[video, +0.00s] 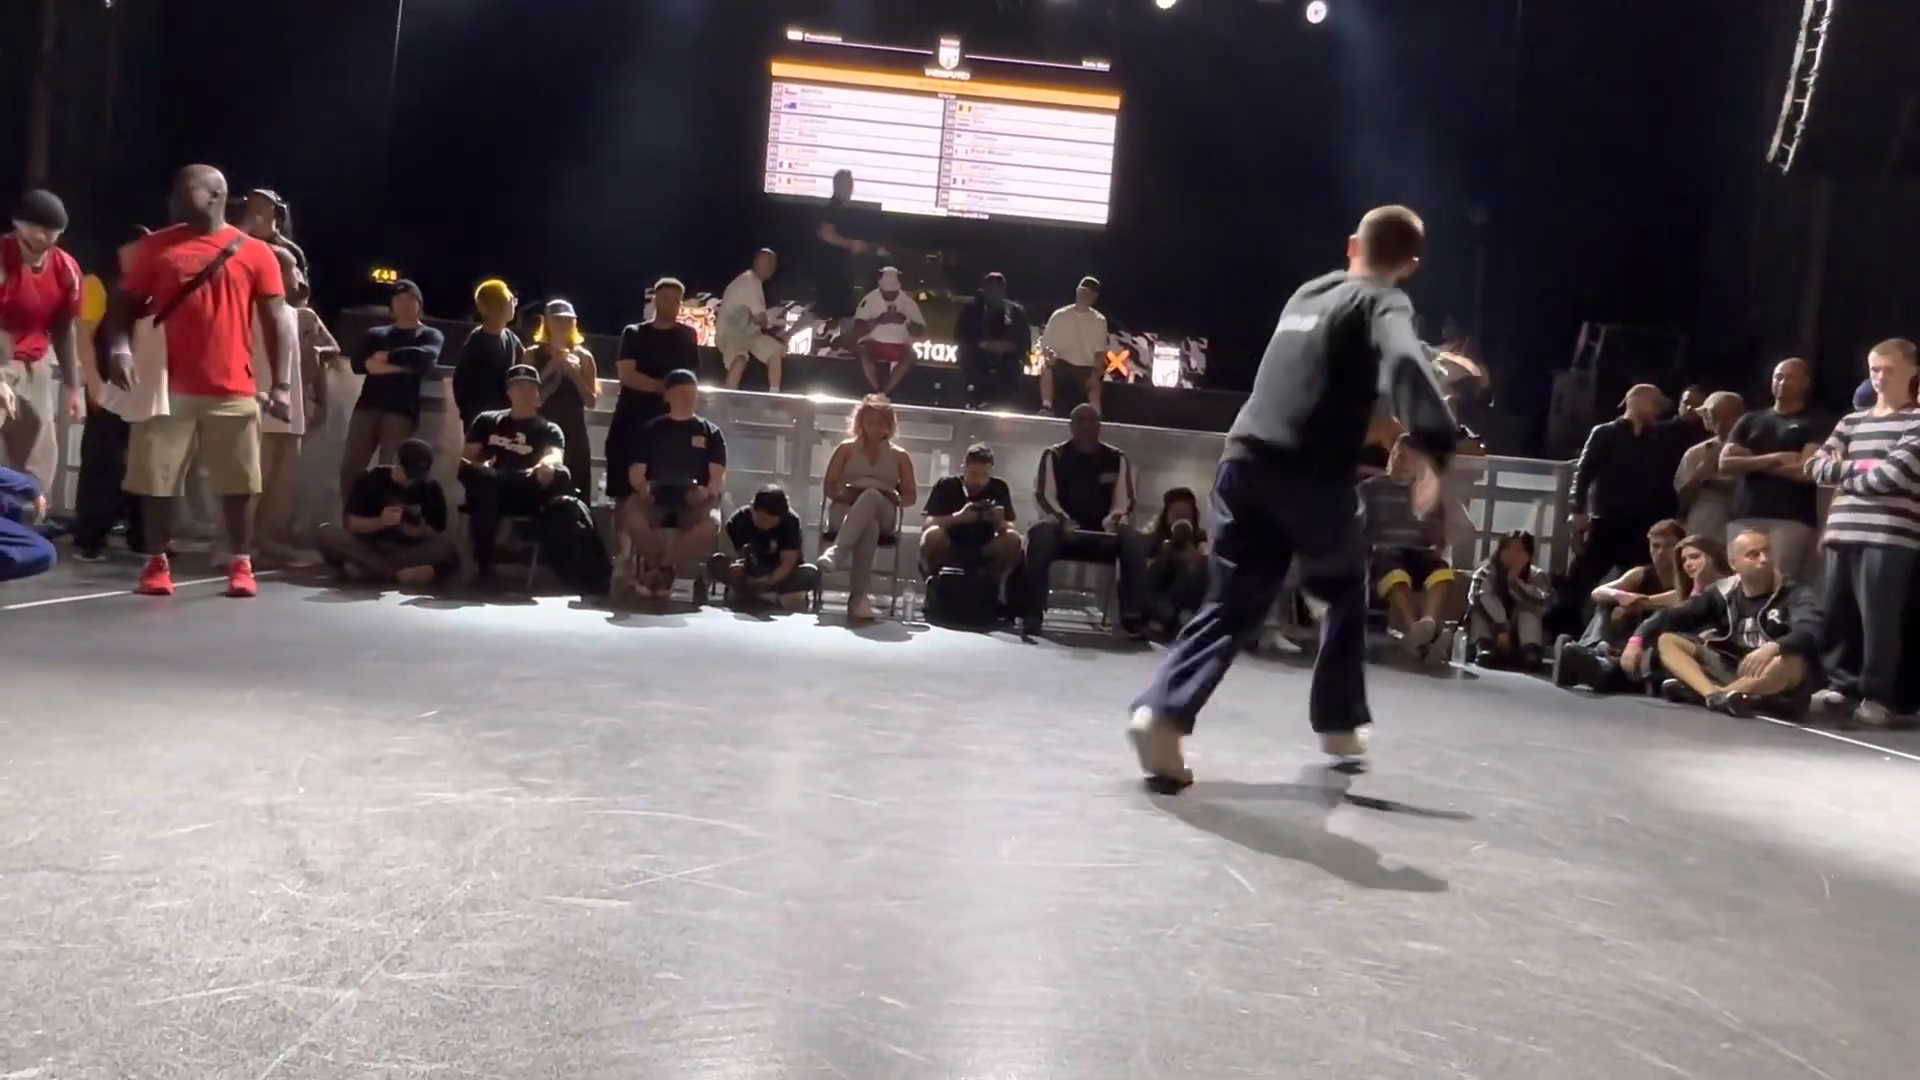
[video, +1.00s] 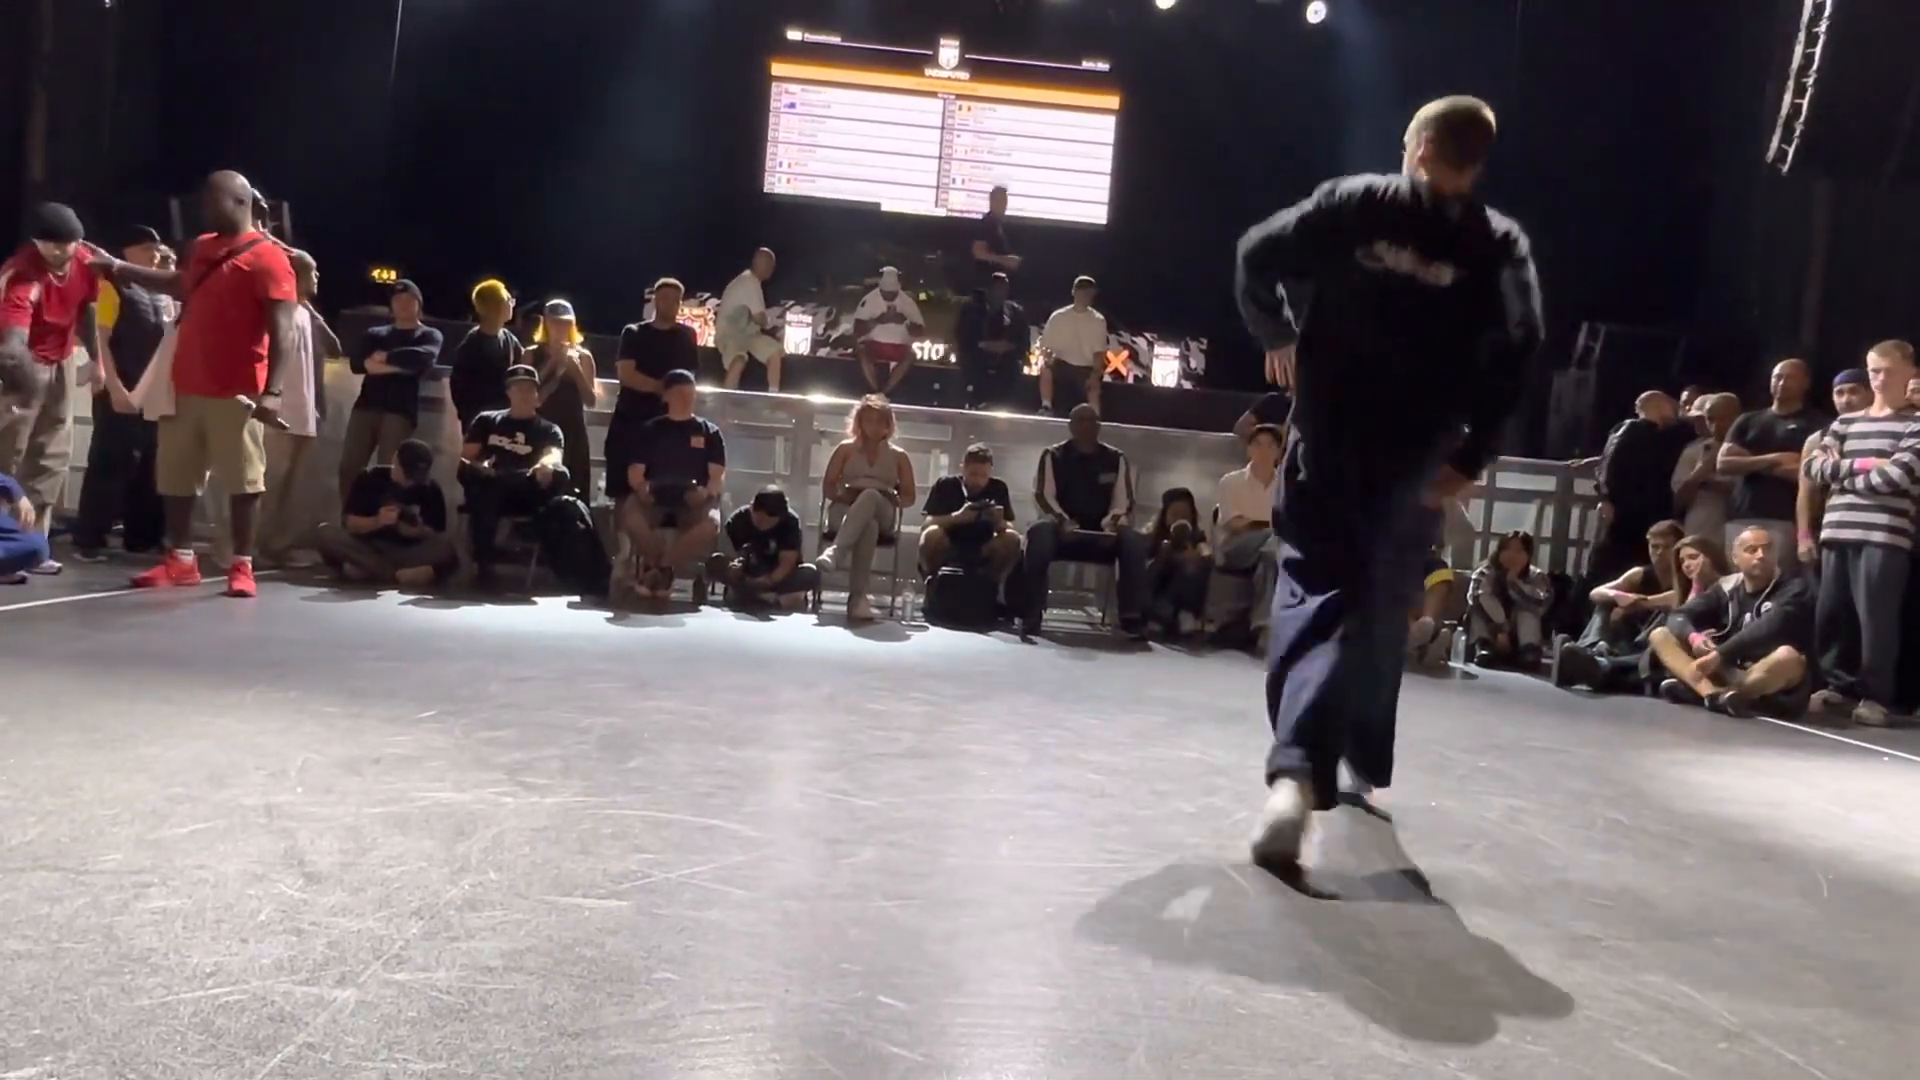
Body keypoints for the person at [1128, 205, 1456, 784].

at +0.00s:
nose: (1411, 276)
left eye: (1356, 245)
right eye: (1414, 264)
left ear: (1351, 250)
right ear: (1412, 264)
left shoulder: (1308, 292)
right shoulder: (1388, 302)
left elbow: (1314, 399)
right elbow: (1406, 362)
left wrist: (1385, 446)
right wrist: (1436, 451)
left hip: (1244, 455)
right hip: (1312, 468)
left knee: (1231, 601)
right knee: (1345, 594)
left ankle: (1163, 712)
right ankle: (1340, 726)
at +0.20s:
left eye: (1400, 255)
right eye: (1448, 283)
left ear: (1397, 258)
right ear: (1451, 276)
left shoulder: (1358, 288)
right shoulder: (1421, 299)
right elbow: (1395, 340)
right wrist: (1414, 457)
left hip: (1283, 449)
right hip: (1339, 465)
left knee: (1290, 562)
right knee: (1342, 609)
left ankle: (1247, 673)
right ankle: (1290, 721)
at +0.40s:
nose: (1470, 306)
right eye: (1476, 296)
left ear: (1421, 275)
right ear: (1478, 295)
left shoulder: (1354, 320)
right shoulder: (1459, 342)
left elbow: (1267, 367)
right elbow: (1497, 441)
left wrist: (1194, 424)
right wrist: (1493, 426)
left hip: (1330, 491)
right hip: (1372, 499)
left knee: (1437, 620)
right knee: (1380, 633)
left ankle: (1395, 739)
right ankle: (1270, 689)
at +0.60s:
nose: (1483, 256)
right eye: (1486, 247)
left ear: (1425, 230)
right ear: (1484, 248)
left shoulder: (1366, 262)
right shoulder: (1478, 295)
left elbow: (1261, 286)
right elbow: (1532, 398)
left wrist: (1235, 363)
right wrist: (1527, 453)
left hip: (1319, 446)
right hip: (1387, 456)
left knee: (1355, 594)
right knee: (1403, 599)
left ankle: (1360, 720)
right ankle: (1326, 710)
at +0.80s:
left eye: (1419, 210)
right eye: (1483, 225)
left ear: (1416, 211)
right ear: (1481, 231)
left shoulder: (1355, 255)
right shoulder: (1494, 296)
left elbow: (1265, 301)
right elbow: (1568, 381)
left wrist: (1316, 313)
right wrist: (1541, 495)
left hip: (1324, 441)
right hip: (1408, 463)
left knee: (1304, 543)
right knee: (1372, 595)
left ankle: (1307, 640)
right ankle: (1362, 753)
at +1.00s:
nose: (1411, 158)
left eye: (1413, 147)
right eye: (1430, 155)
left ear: (1414, 147)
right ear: (1482, 163)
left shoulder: (1357, 200)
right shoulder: (1504, 242)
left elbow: (1255, 253)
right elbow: (1522, 343)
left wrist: (1273, 337)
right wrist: (1475, 453)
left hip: (1330, 430)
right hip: (1422, 447)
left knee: (1310, 583)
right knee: (1385, 604)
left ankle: (1293, 768)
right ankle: (1359, 767)